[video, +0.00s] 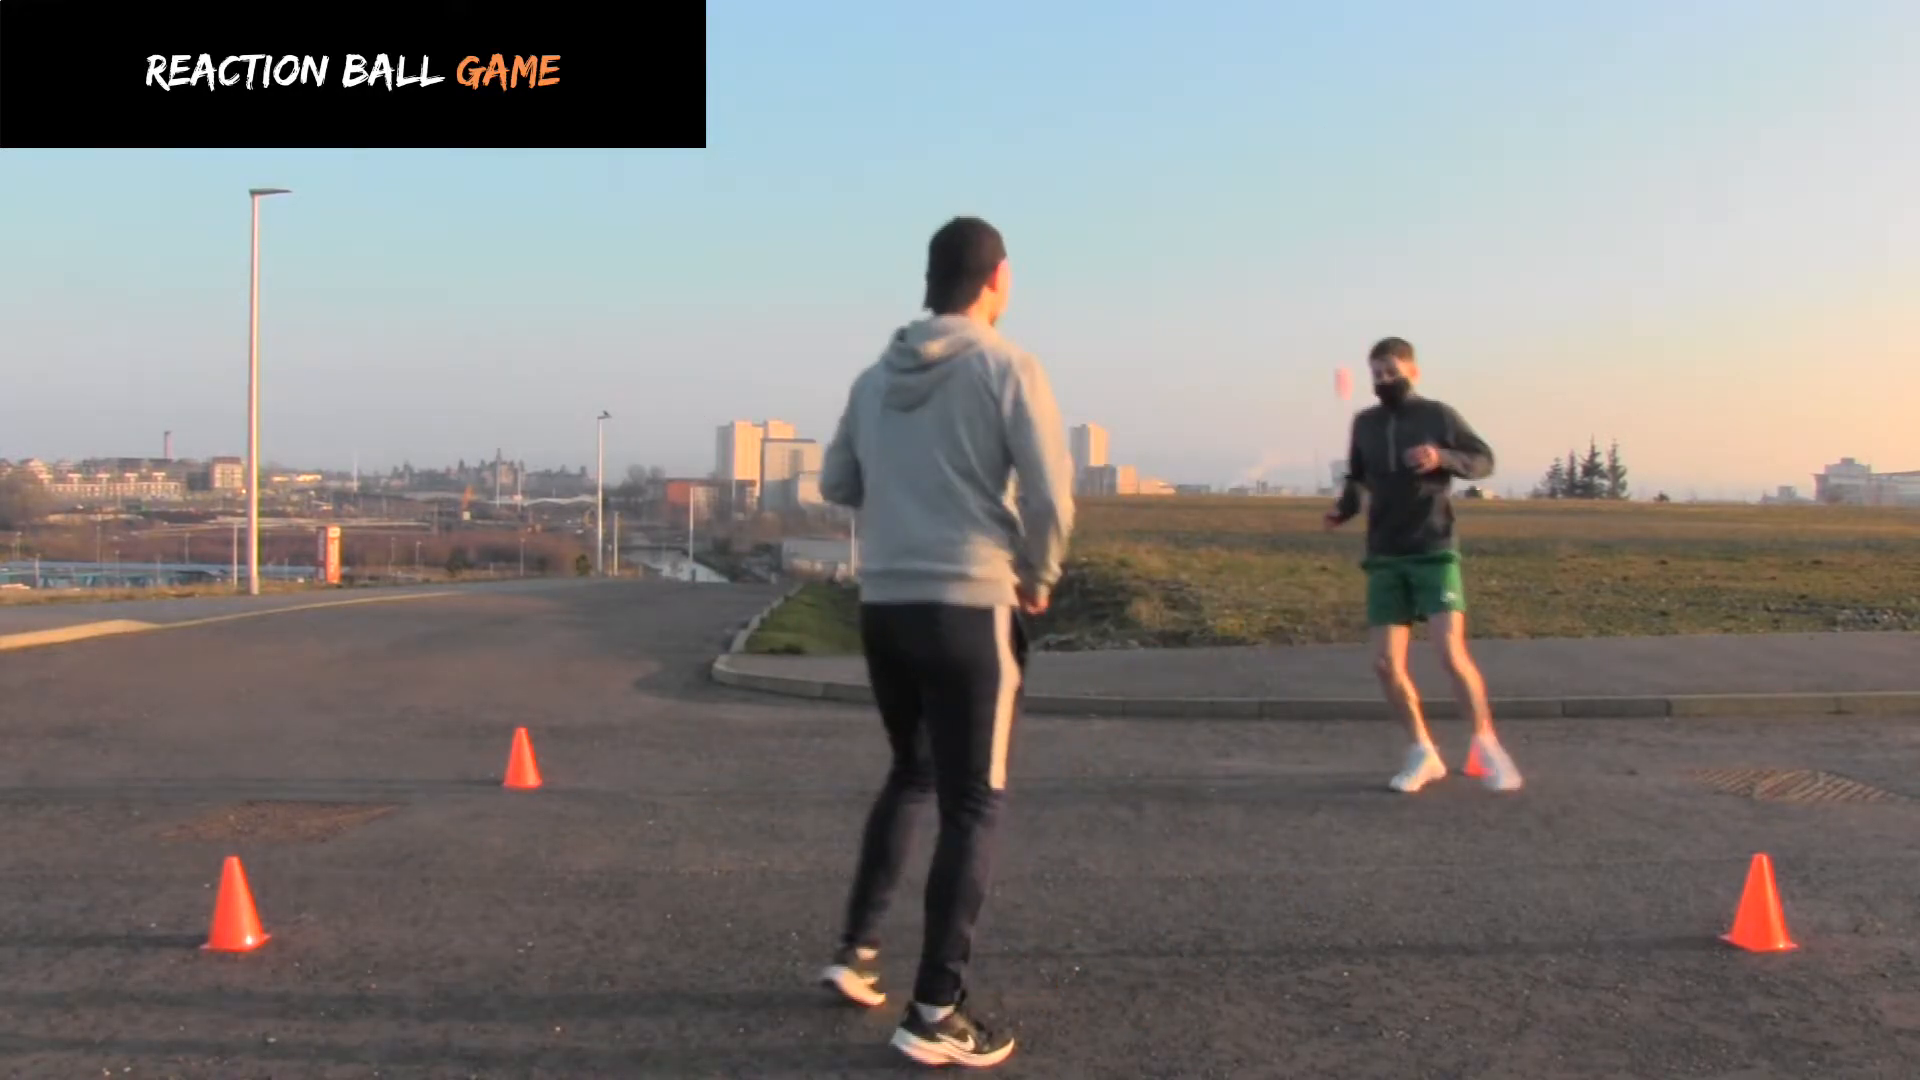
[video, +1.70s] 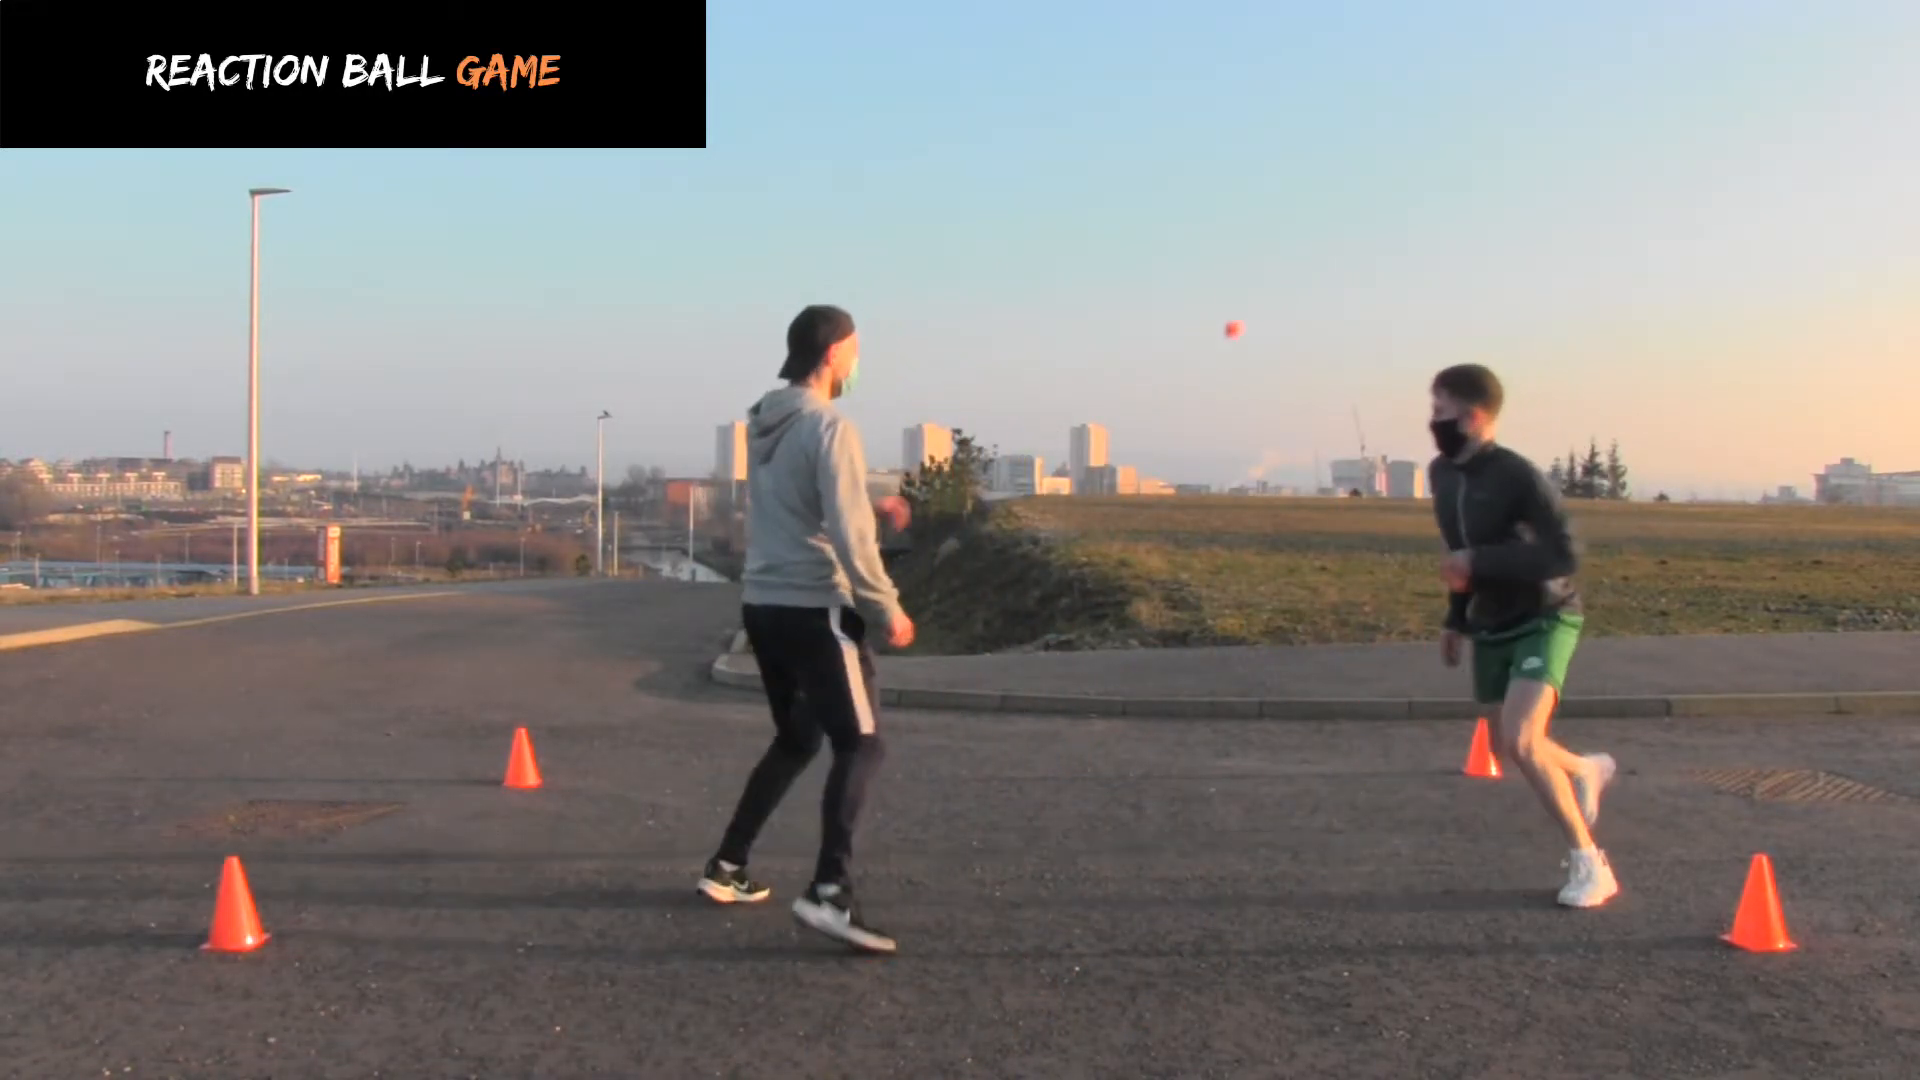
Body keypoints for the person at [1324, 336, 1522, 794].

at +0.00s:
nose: (1383, 376)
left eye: (1390, 367)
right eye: (1377, 369)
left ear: (1412, 368)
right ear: (1371, 374)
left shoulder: (1437, 415)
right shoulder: (1365, 424)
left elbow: (1483, 462)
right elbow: (1356, 479)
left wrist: (1443, 459)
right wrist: (1343, 509)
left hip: (1435, 552)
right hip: (1384, 555)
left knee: (1452, 654)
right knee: (1387, 665)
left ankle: (1485, 744)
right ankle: (1425, 752)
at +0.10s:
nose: (1415, 409)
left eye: (1423, 400)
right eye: (1410, 401)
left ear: (1448, 396)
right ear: (1406, 402)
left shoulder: (1474, 443)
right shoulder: (1412, 449)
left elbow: (1514, 497)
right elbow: (1411, 513)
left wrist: (1473, 497)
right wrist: (1383, 547)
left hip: (1477, 580)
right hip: (1427, 582)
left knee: (1508, 677)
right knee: (1400, 678)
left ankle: (1578, 756)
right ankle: (1429, 760)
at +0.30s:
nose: (1454, 433)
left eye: (1459, 423)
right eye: (1448, 425)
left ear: (1486, 412)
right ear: (1446, 420)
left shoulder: (1520, 450)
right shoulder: (1477, 461)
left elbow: (1567, 502)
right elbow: (1498, 527)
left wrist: (1516, 536)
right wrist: (1464, 563)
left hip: (1550, 582)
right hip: (1504, 582)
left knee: (1563, 688)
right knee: (1450, 658)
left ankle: (1618, 773)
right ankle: (1477, 752)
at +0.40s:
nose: (1463, 426)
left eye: (1468, 416)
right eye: (1457, 418)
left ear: (1494, 403)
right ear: (1455, 413)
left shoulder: (1531, 439)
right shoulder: (1487, 451)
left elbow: (1581, 489)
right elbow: (1513, 519)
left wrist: (1534, 534)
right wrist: (1485, 558)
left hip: (1559, 575)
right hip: (1515, 577)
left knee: (1558, 679)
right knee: (1478, 664)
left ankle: (1617, 766)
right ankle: (1538, 733)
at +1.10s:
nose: (1515, 395)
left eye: (1524, 387)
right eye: (1512, 386)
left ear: (1558, 384)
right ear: (1513, 385)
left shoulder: (1584, 436)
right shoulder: (1526, 437)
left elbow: (1613, 508)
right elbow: (1509, 492)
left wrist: (1538, 514)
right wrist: (1456, 493)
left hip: (1592, 579)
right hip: (1552, 574)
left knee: (1543, 685)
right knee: (1544, 677)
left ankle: (1577, 804)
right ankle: (1591, 751)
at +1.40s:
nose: (1504, 387)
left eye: (1514, 379)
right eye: (1504, 378)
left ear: (1548, 384)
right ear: (1521, 382)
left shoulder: (1574, 443)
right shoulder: (1518, 437)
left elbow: (1616, 512)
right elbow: (1513, 505)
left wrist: (1545, 533)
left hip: (1587, 577)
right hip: (1546, 576)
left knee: (1545, 685)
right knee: (1536, 692)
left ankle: (1596, 816)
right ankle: (1609, 789)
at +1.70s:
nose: (1434, 422)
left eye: (1443, 412)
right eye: (1433, 411)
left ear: (1479, 414)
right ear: (1446, 412)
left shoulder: (1517, 474)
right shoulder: (1443, 476)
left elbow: (1562, 555)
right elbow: (1464, 555)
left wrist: (1476, 562)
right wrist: (1455, 621)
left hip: (1546, 617)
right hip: (1491, 624)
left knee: (1522, 738)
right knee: (1509, 744)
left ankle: (1589, 860)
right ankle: (1588, 769)